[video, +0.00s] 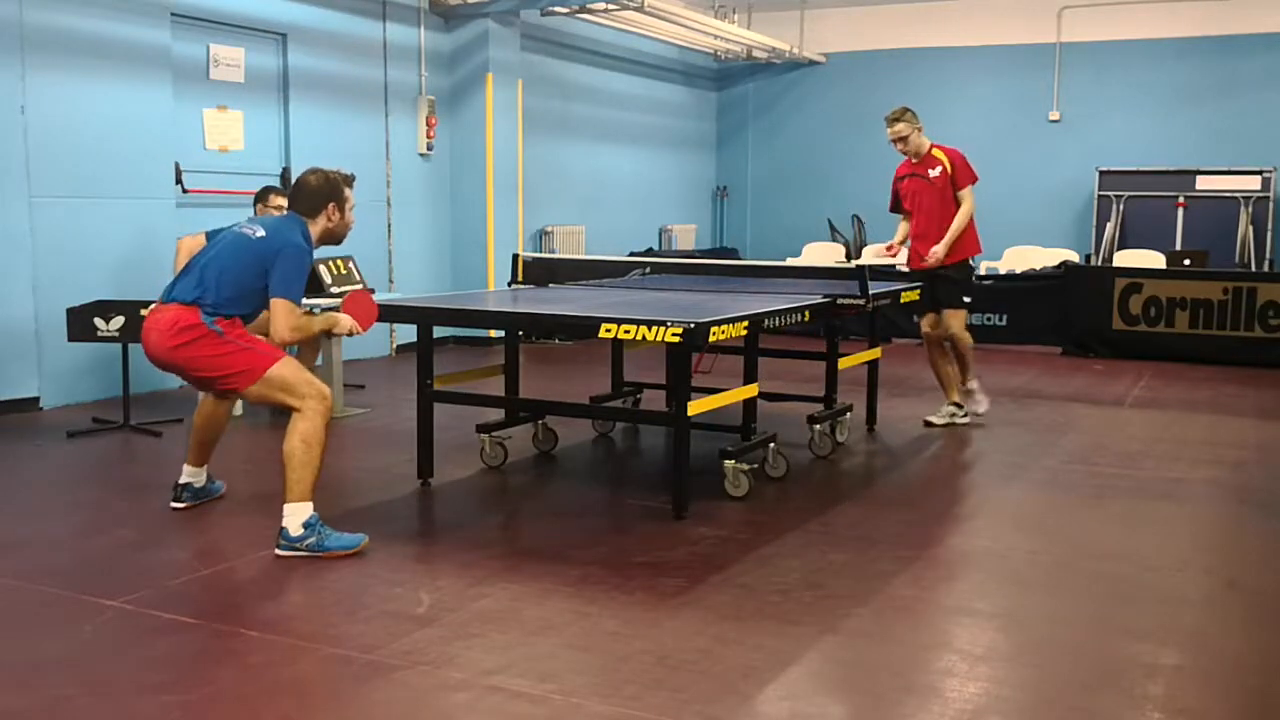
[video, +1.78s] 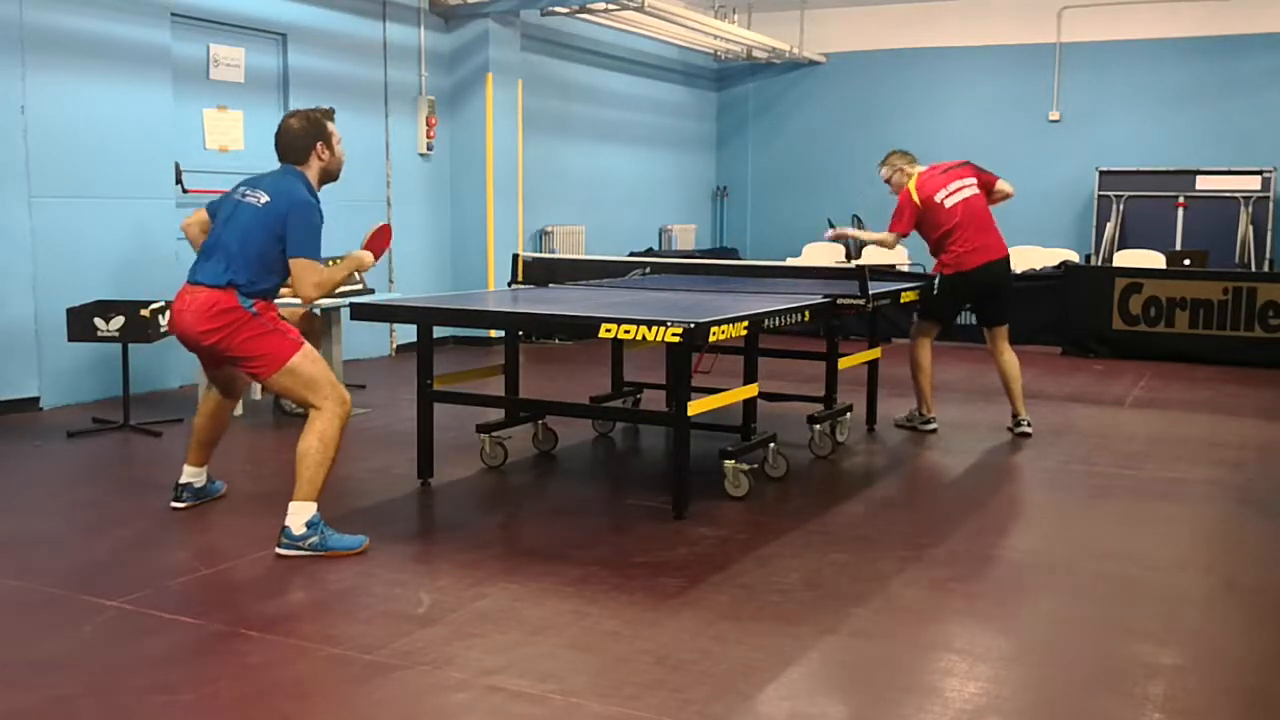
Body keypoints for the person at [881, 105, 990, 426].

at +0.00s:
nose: (898, 147)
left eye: (902, 139)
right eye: (893, 142)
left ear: (918, 131)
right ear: (891, 141)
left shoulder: (950, 158)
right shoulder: (902, 173)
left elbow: (968, 205)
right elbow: (906, 217)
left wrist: (944, 244)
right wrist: (898, 241)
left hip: (954, 260)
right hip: (922, 264)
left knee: (953, 328)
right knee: (930, 332)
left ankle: (969, 381)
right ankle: (954, 403)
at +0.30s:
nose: (876, 164)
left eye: (875, 156)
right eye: (872, 160)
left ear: (891, 143)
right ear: (887, 148)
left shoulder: (922, 161)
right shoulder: (912, 172)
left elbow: (931, 214)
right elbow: (929, 223)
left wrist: (897, 253)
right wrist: (900, 252)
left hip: (957, 250)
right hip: (948, 252)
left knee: (935, 326)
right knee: (938, 327)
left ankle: (940, 407)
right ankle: (954, 402)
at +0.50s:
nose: (860, 186)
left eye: (858, 178)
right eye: (856, 181)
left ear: (871, 164)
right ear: (874, 162)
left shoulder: (895, 176)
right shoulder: (914, 170)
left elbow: (899, 232)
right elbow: (936, 230)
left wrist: (872, 257)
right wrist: (902, 251)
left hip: (952, 255)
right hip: (973, 250)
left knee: (931, 334)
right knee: (953, 332)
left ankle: (925, 411)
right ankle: (959, 405)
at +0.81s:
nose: (855, 216)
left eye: (850, 209)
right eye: (850, 212)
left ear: (860, 194)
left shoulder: (883, 199)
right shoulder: (909, 188)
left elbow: (877, 256)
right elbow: (917, 252)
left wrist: (856, 260)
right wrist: (879, 260)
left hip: (952, 262)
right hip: (983, 251)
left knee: (926, 338)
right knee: (981, 333)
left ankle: (924, 413)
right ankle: (1006, 410)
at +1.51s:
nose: (873, 219)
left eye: (870, 212)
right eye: (868, 214)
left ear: (882, 197)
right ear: (889, 191)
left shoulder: (896, 210)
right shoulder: (931, 188)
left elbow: (882, 269)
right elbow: (925, 249)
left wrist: (844, 271)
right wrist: (892, 254)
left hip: (955, 276)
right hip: (994, 266)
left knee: (918, 338)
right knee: (998, 345)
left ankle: (924, 414)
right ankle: (1021, 417)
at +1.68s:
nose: (882, 203)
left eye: (880, 195)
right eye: (878, 198)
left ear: (891, 183)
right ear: (900, 178)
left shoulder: (904, 201)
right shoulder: (950, 175)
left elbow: (888, 252)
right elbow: (993, 203)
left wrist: (849, 254)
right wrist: (960, 220)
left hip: (957, 272)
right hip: (996, 263)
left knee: (918, 337)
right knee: (1000, 345)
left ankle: (924, 413)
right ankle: (1021, 417)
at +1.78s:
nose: (890, 190)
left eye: (889, 181)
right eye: (887, 184)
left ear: (904, 169)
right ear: (913, 166)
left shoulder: (912, 192)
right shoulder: (961, 167)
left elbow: (890, 240)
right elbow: (1005, 190)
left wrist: (851, 233)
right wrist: (971, 203)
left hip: (957, 269)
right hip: (997, 262)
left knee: (922, 337)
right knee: (1001, 344)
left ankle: (924, 413)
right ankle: (1021, 417)